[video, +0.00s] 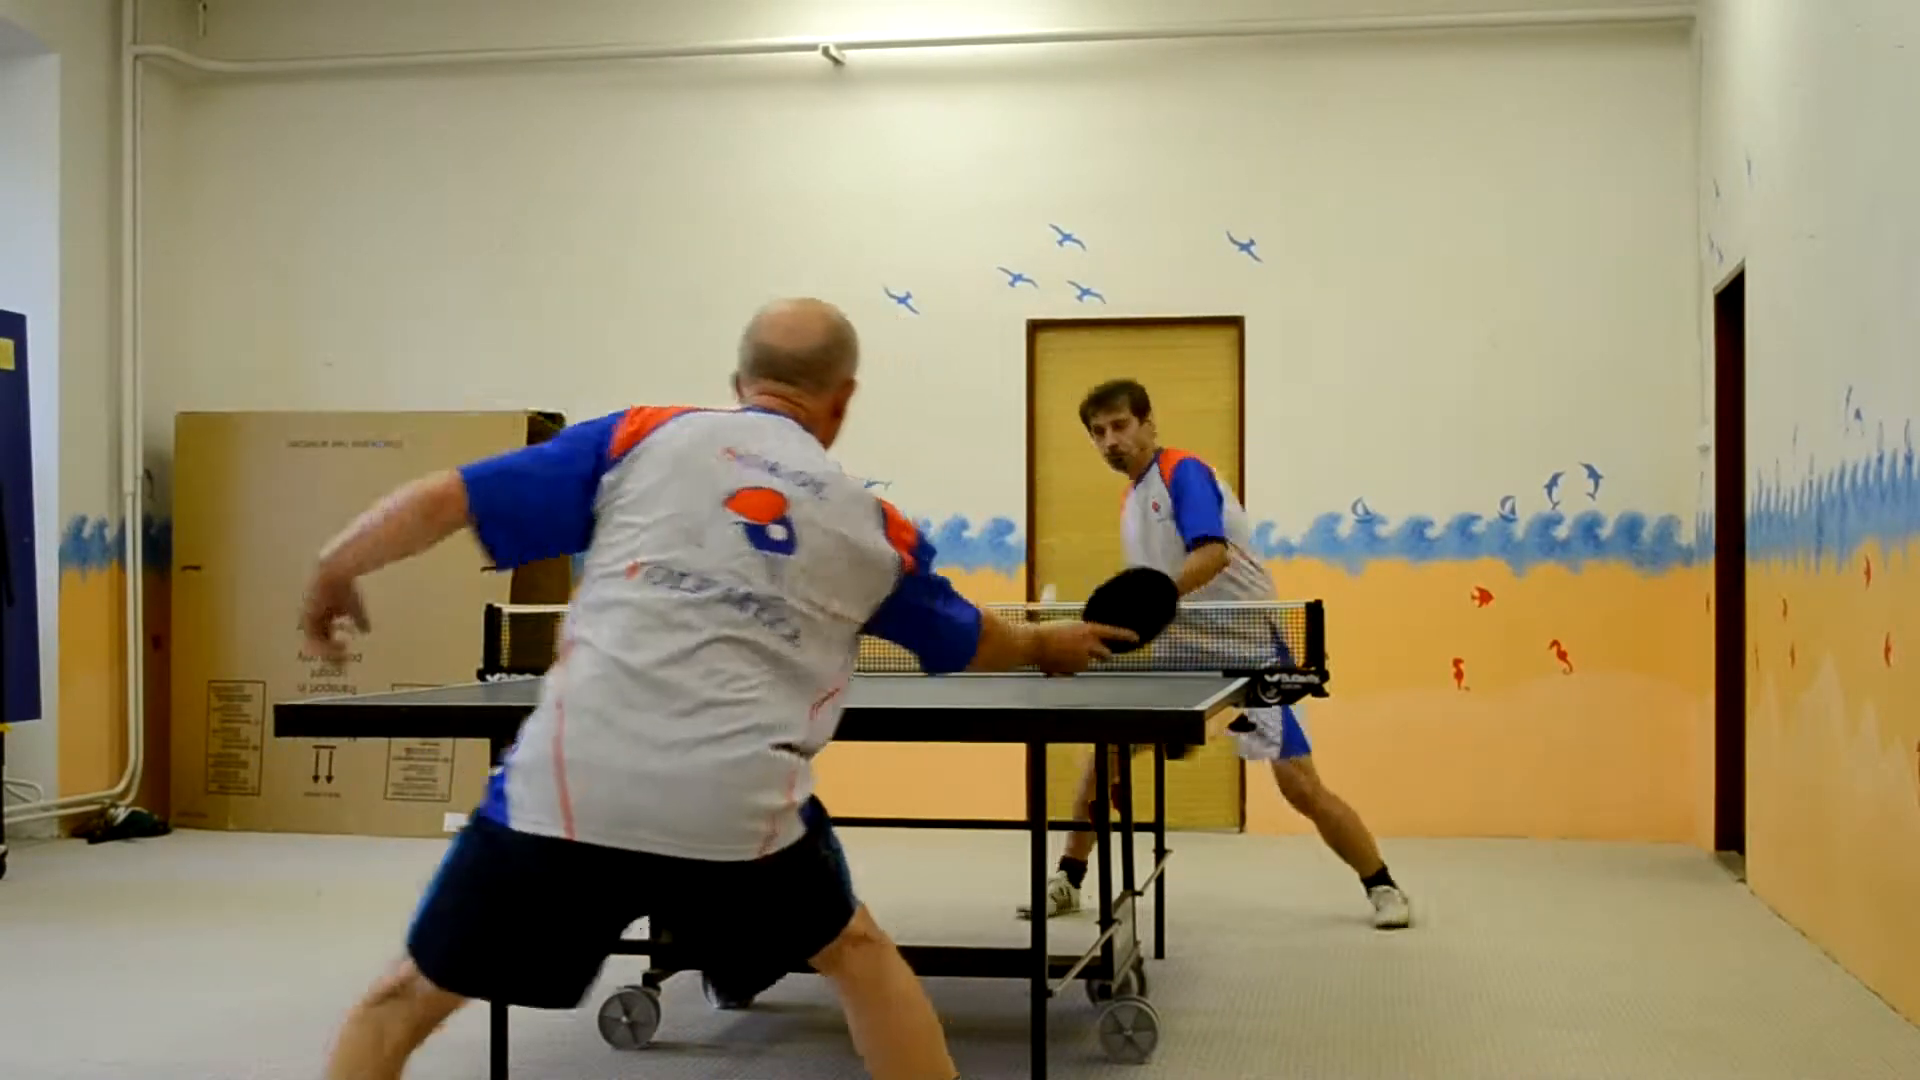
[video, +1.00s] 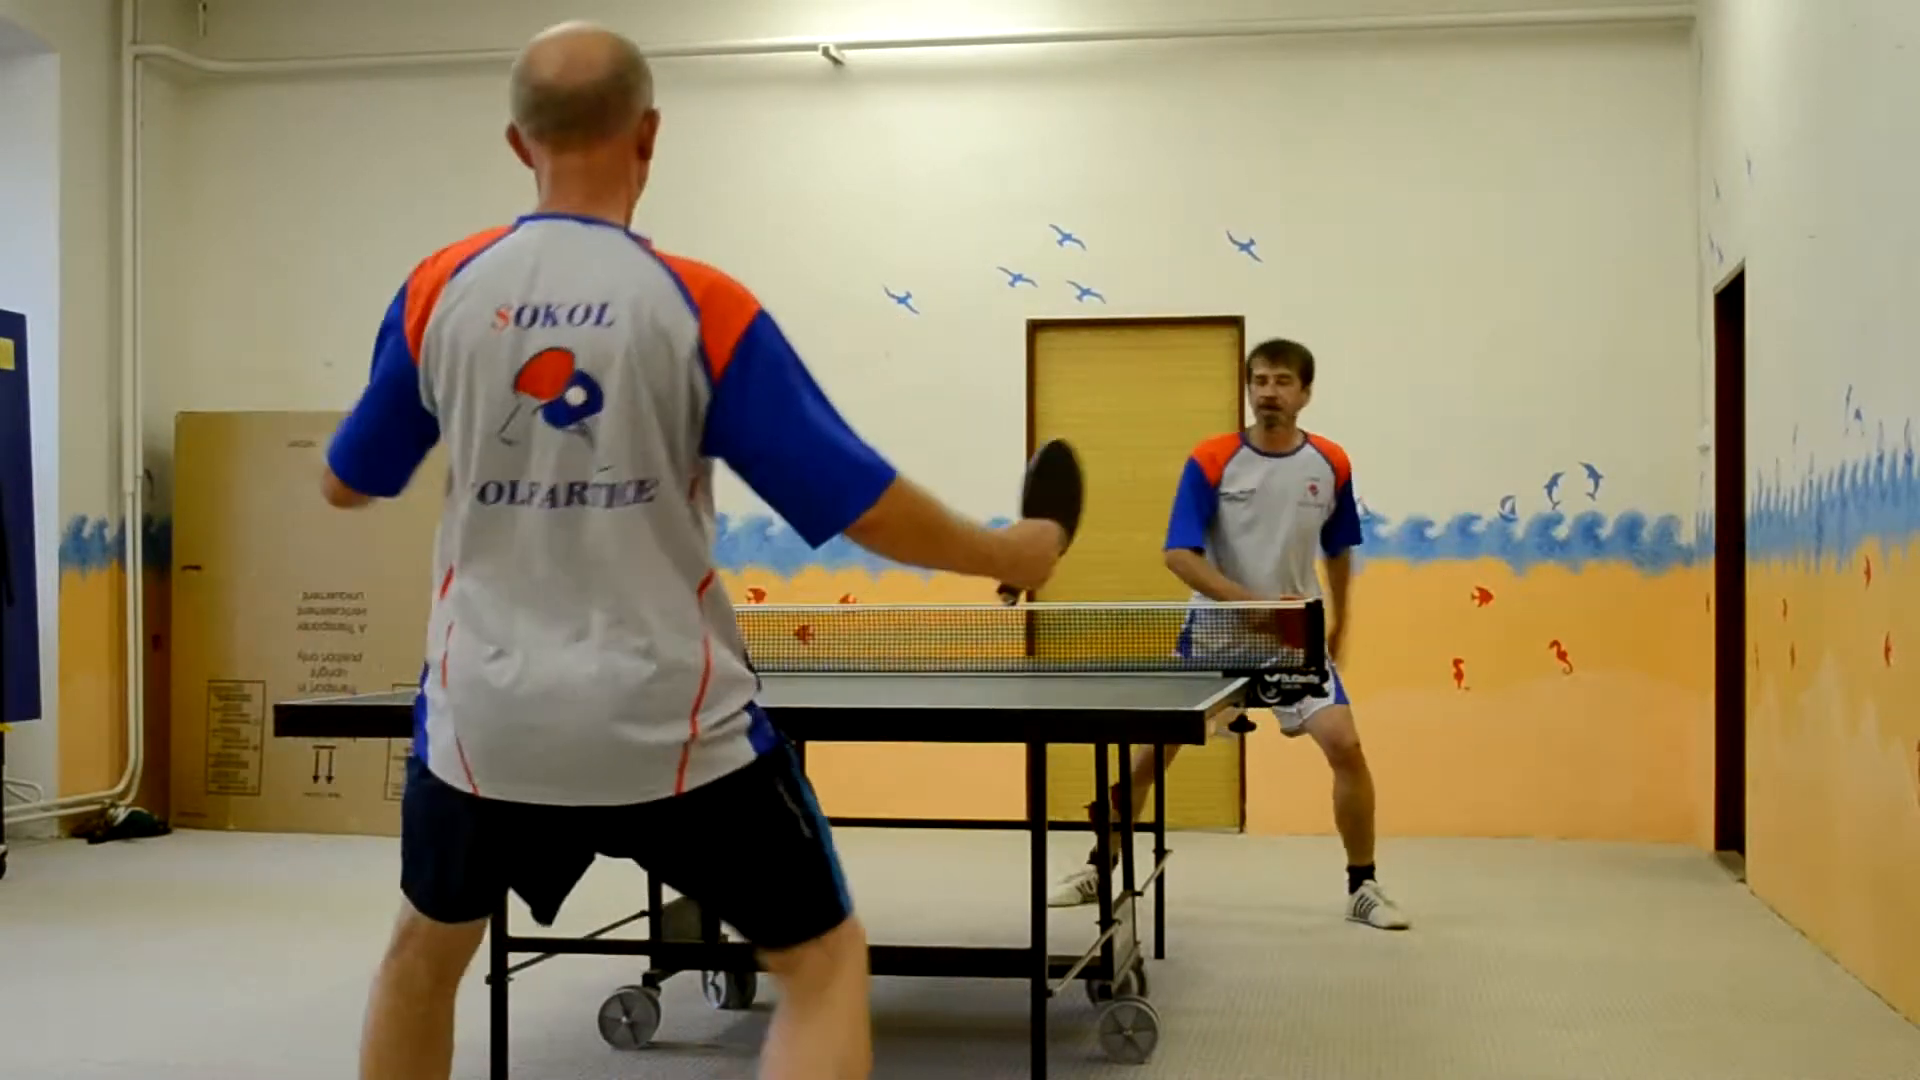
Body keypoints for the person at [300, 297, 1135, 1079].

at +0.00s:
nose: (849, 407)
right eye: (851, 394)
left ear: (738, 371)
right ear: (841, 401)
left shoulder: (636, 438)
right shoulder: (868, 525)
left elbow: (442, 501)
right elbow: (975, 643)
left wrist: (333, 571)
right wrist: (1048, 641)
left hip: (561, 806)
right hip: (739, 822)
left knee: (405, 999)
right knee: (863, 963)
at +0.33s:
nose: (742, 361)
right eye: (742, 346)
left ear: (623, 326)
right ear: (731, 350)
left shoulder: (512, 400)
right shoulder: (743, 473)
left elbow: (327, 503)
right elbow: (863, 648)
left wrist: (248, 583)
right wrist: (974, 687)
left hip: (407, 754)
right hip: (593, 783)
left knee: (276, 956)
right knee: (740, 970)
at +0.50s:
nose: (744, 370)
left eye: (742, 351)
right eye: (744, 352)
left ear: (631, 333)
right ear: (734, 352)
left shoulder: (510, 419)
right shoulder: (710, 486)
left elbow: (365, 566)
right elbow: (804, 711)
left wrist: (291, 672)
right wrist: (928, 716)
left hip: (406, 801)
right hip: (590, 817)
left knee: (294, 1000)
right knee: (780, 948)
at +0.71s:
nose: (703, 258)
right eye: (706, 242)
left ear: (586, 242)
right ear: (698, 250)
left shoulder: (482, 382)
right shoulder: (719, 417)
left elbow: (420, 596)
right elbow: (759, 656)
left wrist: (336, 778)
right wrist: (815, 696)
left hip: (509, 778)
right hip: (681, 782)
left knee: (431, 971)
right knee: (850, 934)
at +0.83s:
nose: (637, 197)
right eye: (640, 181)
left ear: (511, 198)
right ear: (636, 194)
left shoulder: (436, 358)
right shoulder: (691, 365)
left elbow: (406, 567)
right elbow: (817, 569)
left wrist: (371, 696)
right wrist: (925, 638)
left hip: (497, 753)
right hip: (679, 744)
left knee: (441, 954)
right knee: (857, 911)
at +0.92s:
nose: (637, 168)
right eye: (642, 152)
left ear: (505, 169)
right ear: (634, 163)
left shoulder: (431, 319)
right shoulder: (685, 333)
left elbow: (379, 522)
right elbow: (836, 526)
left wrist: (377, 561)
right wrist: (969, 583)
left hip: (477, 732)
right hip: (661, 726)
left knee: (428, 940)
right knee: (847, 915)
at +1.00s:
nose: (649, 145)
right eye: (652, 128)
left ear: (519, 143)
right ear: (647, 138)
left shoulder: (439, 291)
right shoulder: (704, 309)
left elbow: (348, 483)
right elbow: (856, 498)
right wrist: (1007, 552)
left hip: (483, 728)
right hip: (674, 726)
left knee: (423, 956)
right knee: (820, 965)